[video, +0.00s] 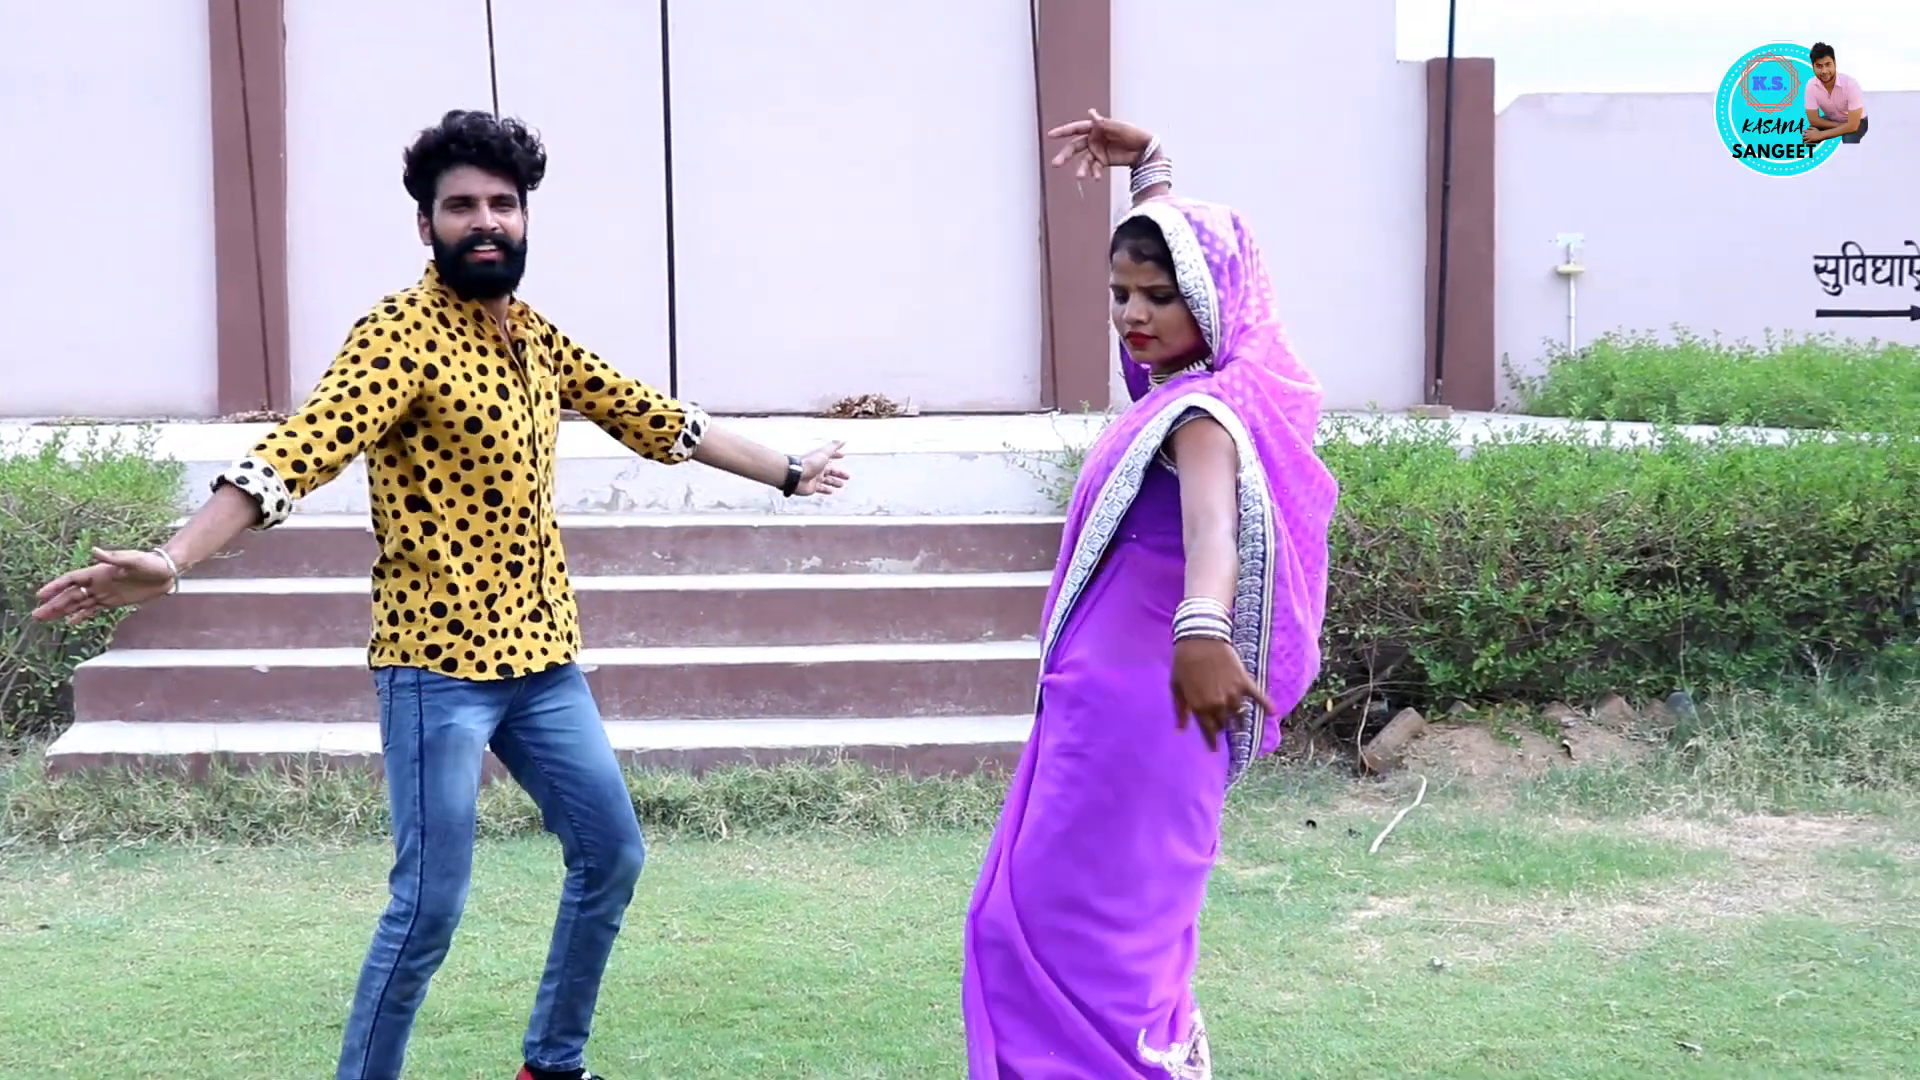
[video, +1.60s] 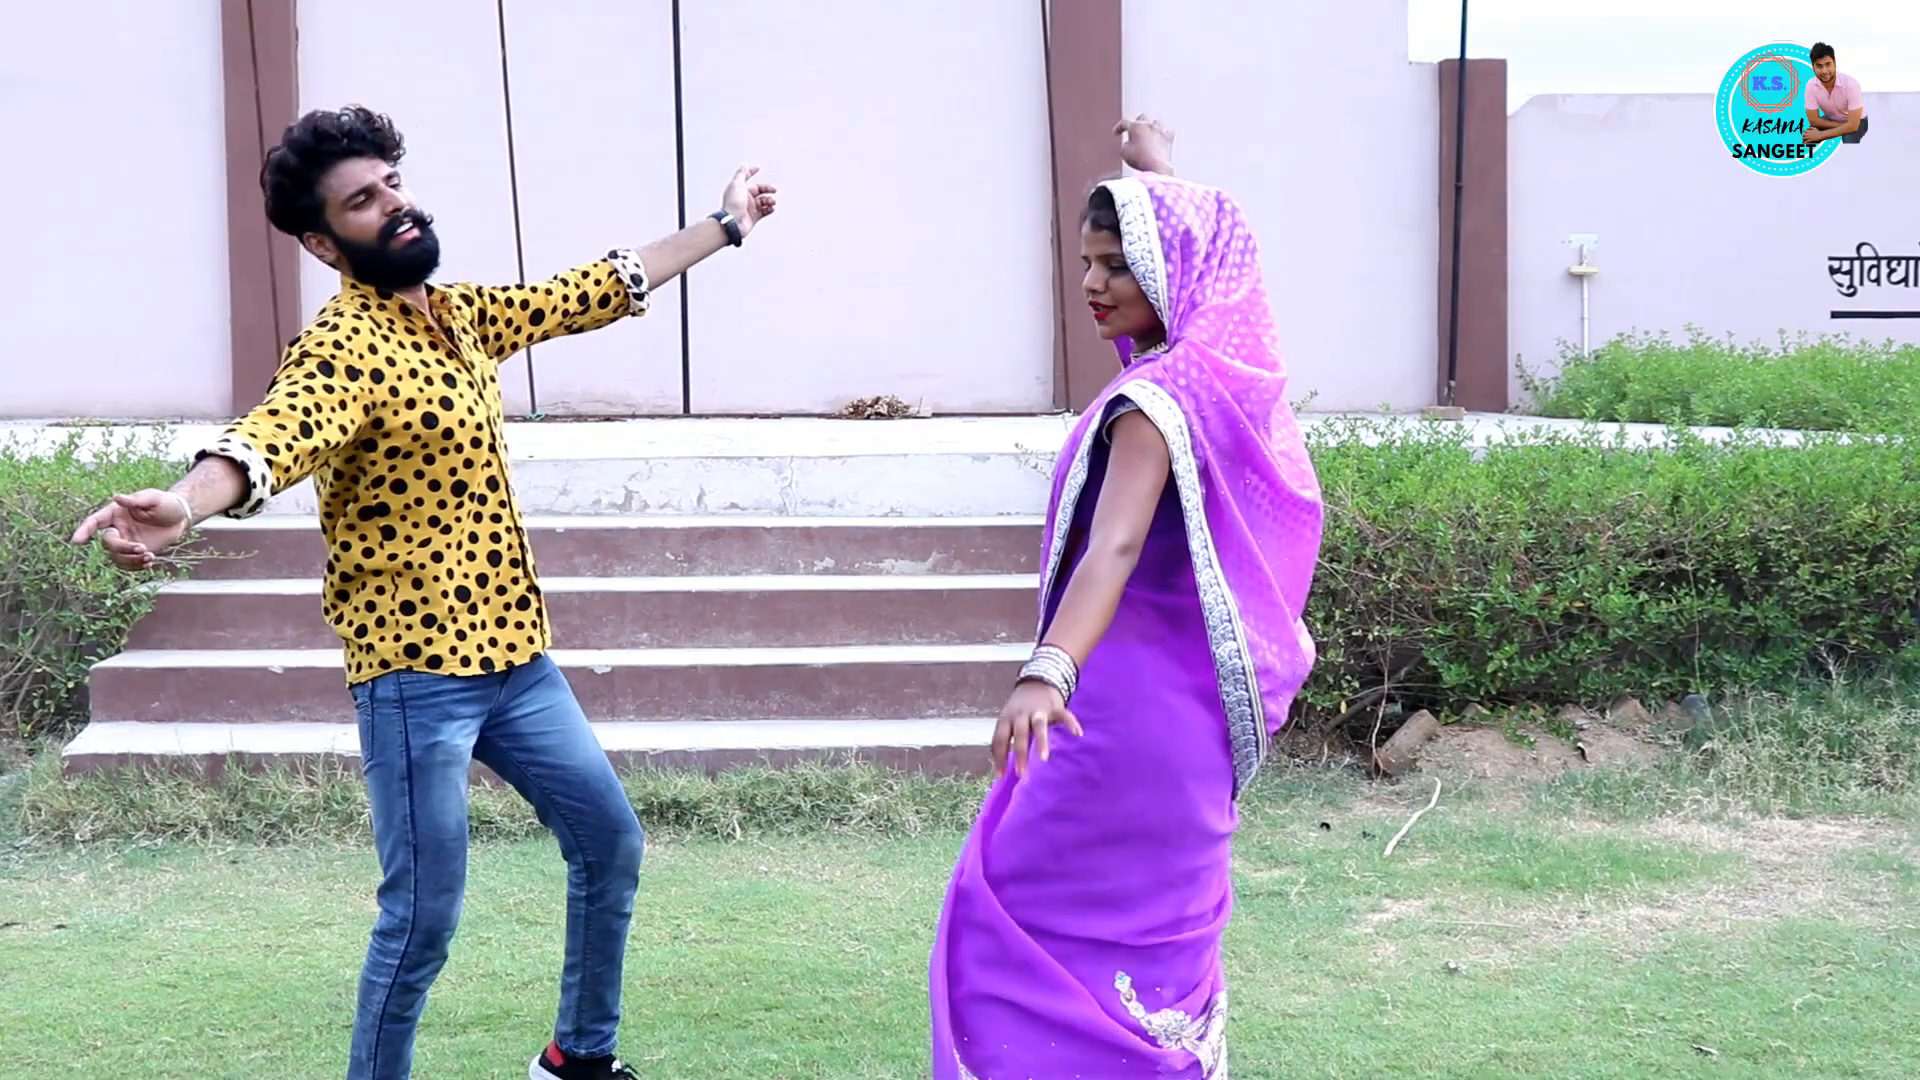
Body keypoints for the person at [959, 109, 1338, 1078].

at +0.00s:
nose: (1134, 316)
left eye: (1158, 295)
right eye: (1123, 294)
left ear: (1213, 303)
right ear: (1114, 292)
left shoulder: (1199, 410)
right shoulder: (1198, 391)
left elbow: (1212, 519)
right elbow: (1168, 272)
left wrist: (1203, 625)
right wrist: (1148, 162)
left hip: (1127, 718)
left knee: (1019, 924)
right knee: (1127, 930)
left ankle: (1100, 1064)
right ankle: (1158, 1055)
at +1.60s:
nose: (1091, 286)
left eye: (1113, 265)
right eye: (1088, 264)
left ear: (1175, 276)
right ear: (1195, 278)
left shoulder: (1153, 398)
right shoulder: (1236, 379)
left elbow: (1114, 548)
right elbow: (1211, 267)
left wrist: (1048, 669)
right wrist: (1163, 177)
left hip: (1120, 725)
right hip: (1194, 725)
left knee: (983, 921)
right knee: (1176, 962)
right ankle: (1175, 1064)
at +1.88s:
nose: (1139, 271)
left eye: (1160, 253)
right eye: (1137, 251)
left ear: (1219, 266)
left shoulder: (1203, 389)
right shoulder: (1264, 369)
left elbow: (1167, 539)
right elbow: (1254, 263)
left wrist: (1116, 662)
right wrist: (1209, 171)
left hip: (1156, 694)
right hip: (1215, 689)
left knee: (1099, 938)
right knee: (1197, 933)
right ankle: (1211, 1060)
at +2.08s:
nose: (1197, 275)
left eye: (1220, 258)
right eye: (1193, 257)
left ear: (1282, 275)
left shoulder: (1263, 403)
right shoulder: (1300, 372)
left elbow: (1230, 555)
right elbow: (1207, 317)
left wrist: (1186, 662)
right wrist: (1188, 207)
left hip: (1216, 717)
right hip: (1263, 711)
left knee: (1086, 928)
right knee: (1244, 953)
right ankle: (1259, 1062)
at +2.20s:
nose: (1207, 259)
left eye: (1231, 245)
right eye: (1206, 240)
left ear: (1296, 267)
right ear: (1200, 244)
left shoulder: (1296, 390)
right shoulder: (1262, 368)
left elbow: (1287, 543)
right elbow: (1199, 318)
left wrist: (1253, 606)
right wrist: (1184, 210)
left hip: (1231, 711)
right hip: (1196, 698)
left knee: (1204, 955)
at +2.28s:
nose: (1206, 245)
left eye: (1230, 229)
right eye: (1206, 229)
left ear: (1295, 251)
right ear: (1211, 247)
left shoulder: (1314, 370)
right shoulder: (1241, 355)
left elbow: (1327, 503)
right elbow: (1179, 287)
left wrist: (1309, 546)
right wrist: (1158, 207)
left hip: (1259, 681)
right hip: (1202, 677)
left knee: (1220, 920)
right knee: (1166, 909)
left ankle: (1240, 1062)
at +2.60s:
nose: (1222, 260)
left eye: (1246, 241)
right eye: (1224, 243)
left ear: (1311, 265)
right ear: (1234, 261)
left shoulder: (1332, 394)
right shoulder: (1233, 367)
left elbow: (1359, 541)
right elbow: (1161, 343)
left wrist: (1396, 443)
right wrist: (1148, 291)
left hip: (1243, 693)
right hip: (1170, 680)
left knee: (1237, 942)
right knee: (1149, 931)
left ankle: (1278, 1065)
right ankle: (1152, 1070)